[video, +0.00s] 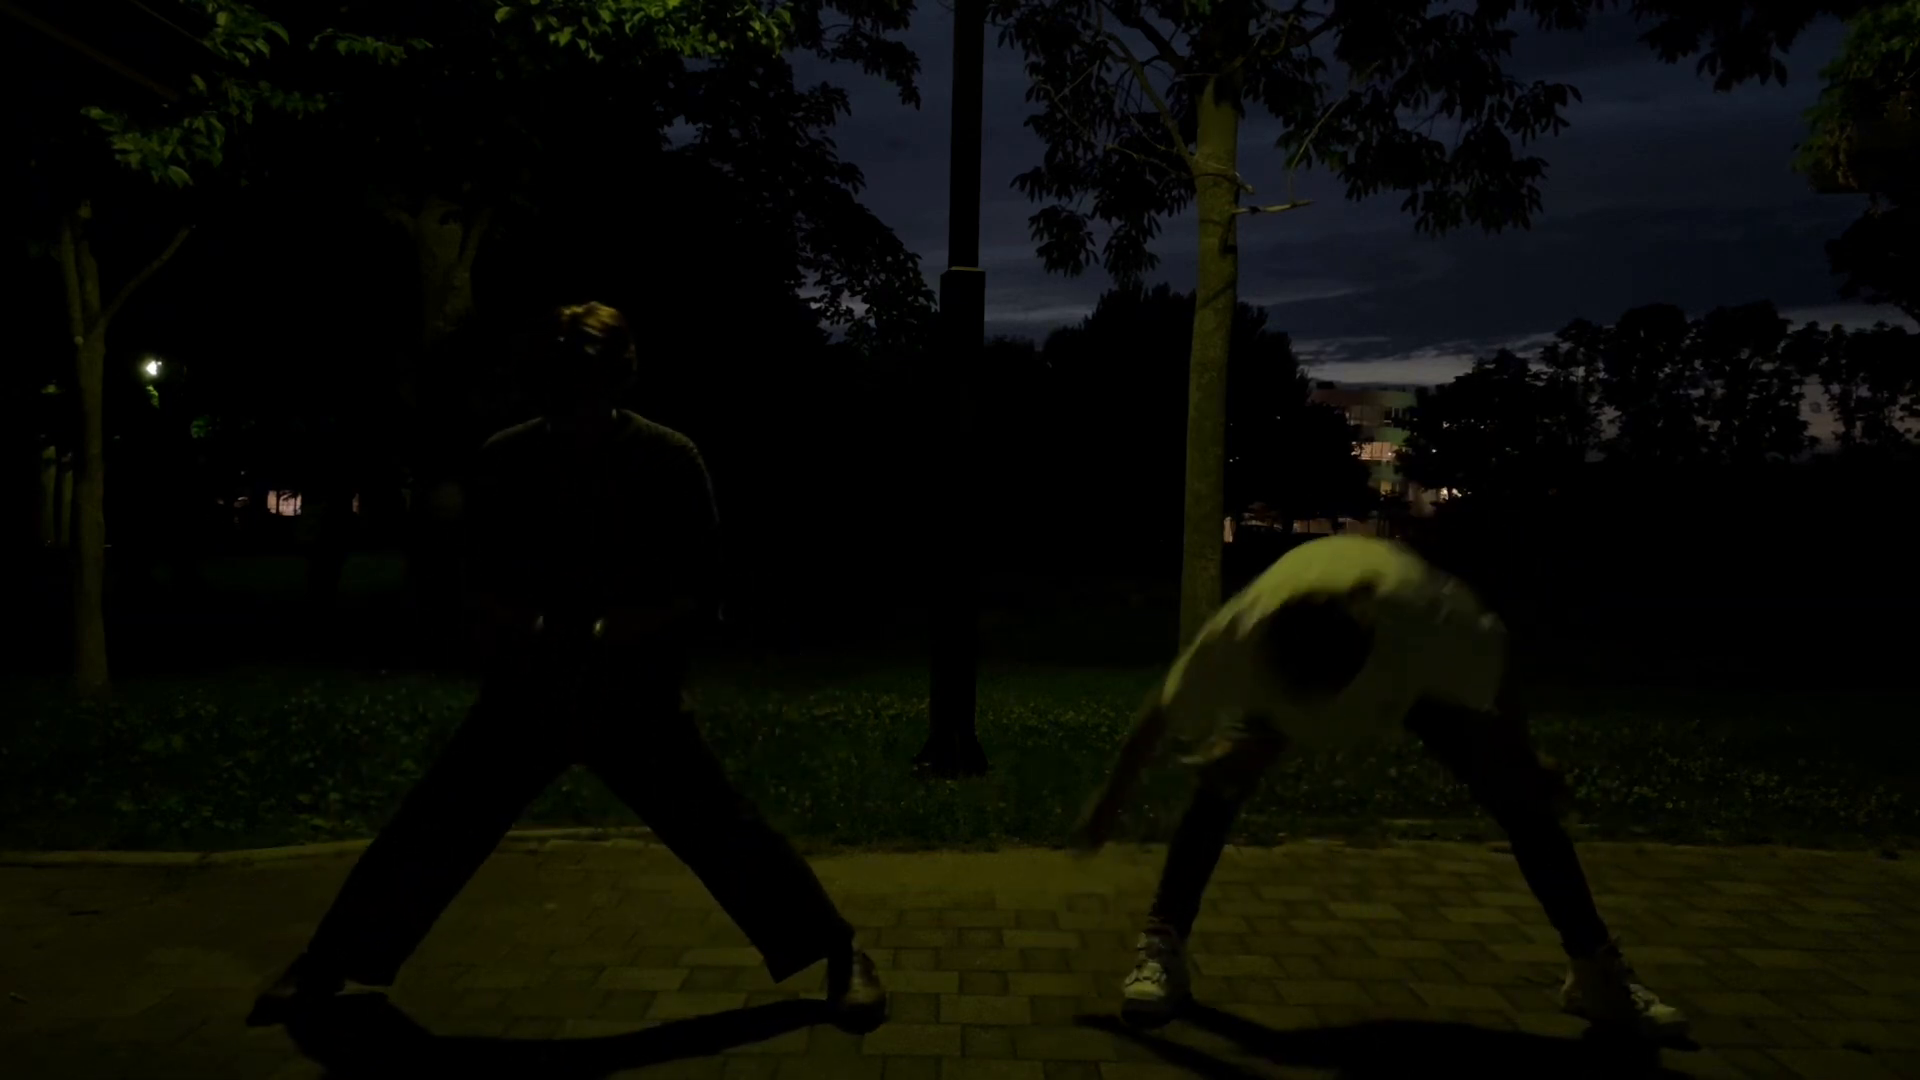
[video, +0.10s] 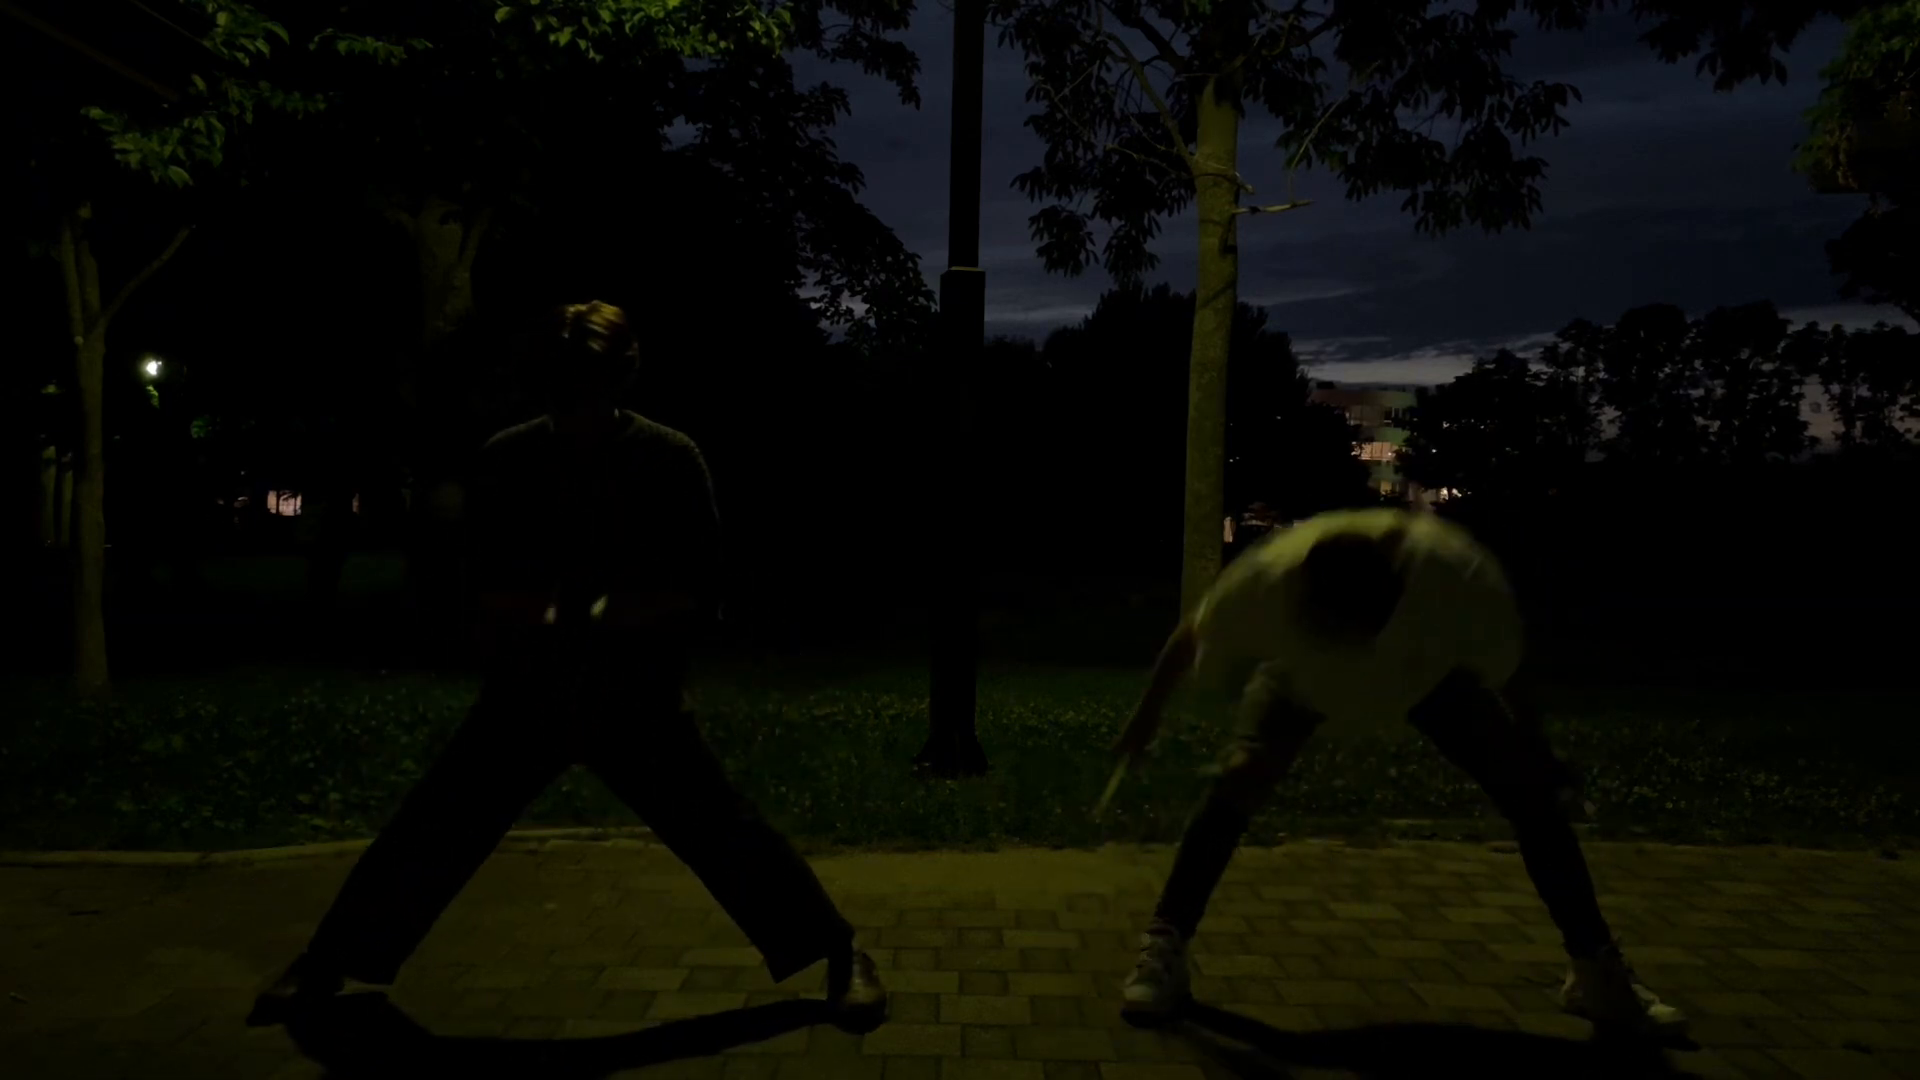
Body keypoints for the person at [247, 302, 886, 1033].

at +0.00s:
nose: (578, 367)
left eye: (593, 353)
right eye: (568, 351)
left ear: (623, 368)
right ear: (548, 364)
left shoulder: (667, 460)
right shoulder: (509, 457)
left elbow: (696, 581)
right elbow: (479, 566)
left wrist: (630, 637)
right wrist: (518, 633)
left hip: (633, 689)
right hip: (527, 687)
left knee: (719, 824)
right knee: (433, 826)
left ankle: (840, 954)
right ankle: (323, 972)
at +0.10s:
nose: (578, 372)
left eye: (595, 358)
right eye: (569, 356)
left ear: (625, 370)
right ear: (550, 366)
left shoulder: (669, 461)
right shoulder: (511, 458)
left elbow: (696, 584)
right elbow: (477, 573)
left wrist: (620, 622)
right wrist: (536, 617)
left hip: (634, 691)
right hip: (527, 690)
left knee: (719, 825)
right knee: (433, 826)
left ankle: (841, 954)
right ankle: (322, 970)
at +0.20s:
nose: (585, 371)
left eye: (601, 357)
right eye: (575, 354)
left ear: (628, 368)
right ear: (553, 364)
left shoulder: (672, 461)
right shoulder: (512, 457)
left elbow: (700, 582)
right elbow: (474, 578)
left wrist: (636, 604)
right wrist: (548, 603)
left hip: (636, 691)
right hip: (528, 689)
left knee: (722, 825)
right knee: (434, 825)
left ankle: (842, 955)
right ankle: (323, 970)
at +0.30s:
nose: (588, 375)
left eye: (603, 360)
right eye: (577, 358)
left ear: (629, 369)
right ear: (557, 366)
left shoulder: (673, 460)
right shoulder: (513, 457)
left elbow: (700, 583)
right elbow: (476, 577)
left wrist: (630, 594)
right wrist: (553, 593)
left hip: (637, 690)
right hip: (529, 688)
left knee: (721, 824)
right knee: (435, 825)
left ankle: (842, 954)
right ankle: (323, 969)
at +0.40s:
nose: (596, 375)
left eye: (608, 359)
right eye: (584, 358)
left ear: (631, 369)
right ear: (560, 367)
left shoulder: (674, 460)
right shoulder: (514, 457)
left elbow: (697, 584)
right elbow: (481, 579)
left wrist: (619, 594)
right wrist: (579, 590)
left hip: (638, 689)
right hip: (530, 687)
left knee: (722, 824)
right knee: (435, 825)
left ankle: (842, 955)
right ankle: (323, 969)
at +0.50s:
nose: (594, 383)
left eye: (608, 367)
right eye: (583, 366)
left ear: (631, 371)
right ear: (560, 369)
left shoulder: (671, 462)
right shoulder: (514, 459)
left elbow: (698, 583)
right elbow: (483, 578)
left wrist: (626, 602)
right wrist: (558, 600)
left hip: (636, 690)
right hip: (529, 688)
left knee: (721, 824)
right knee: (436, 825)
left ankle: (842, 955)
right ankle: (324, 969)